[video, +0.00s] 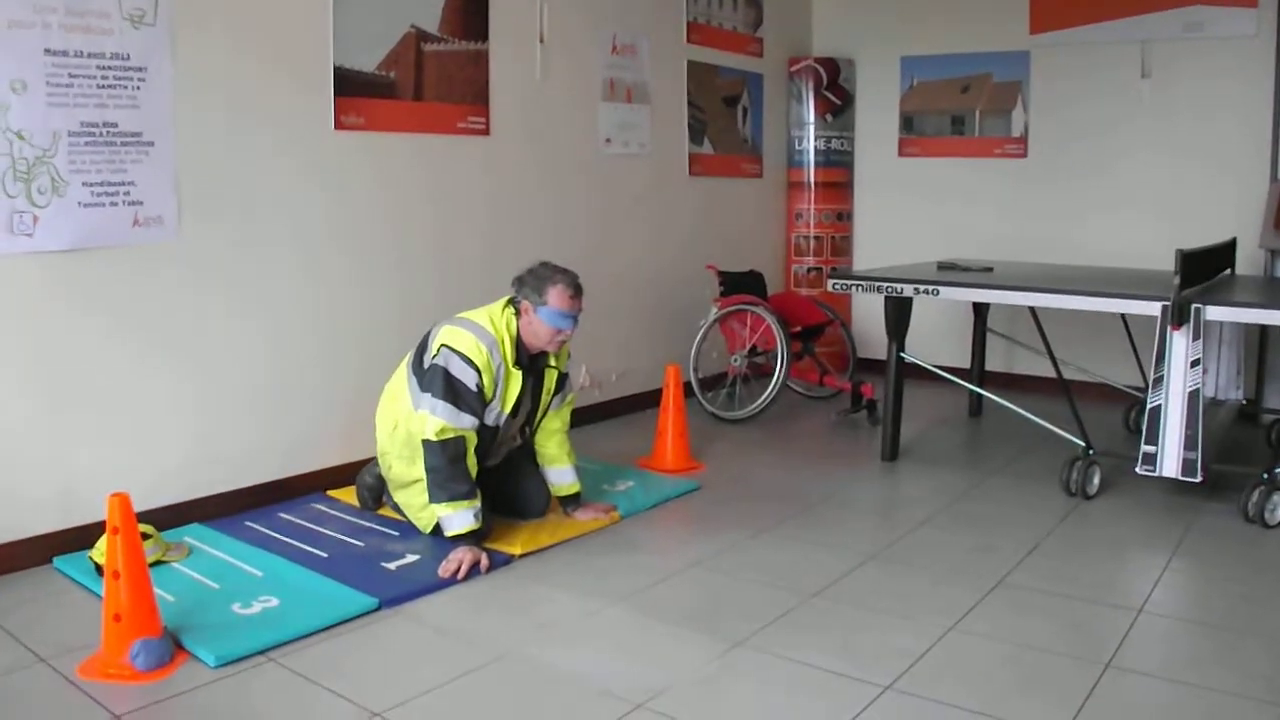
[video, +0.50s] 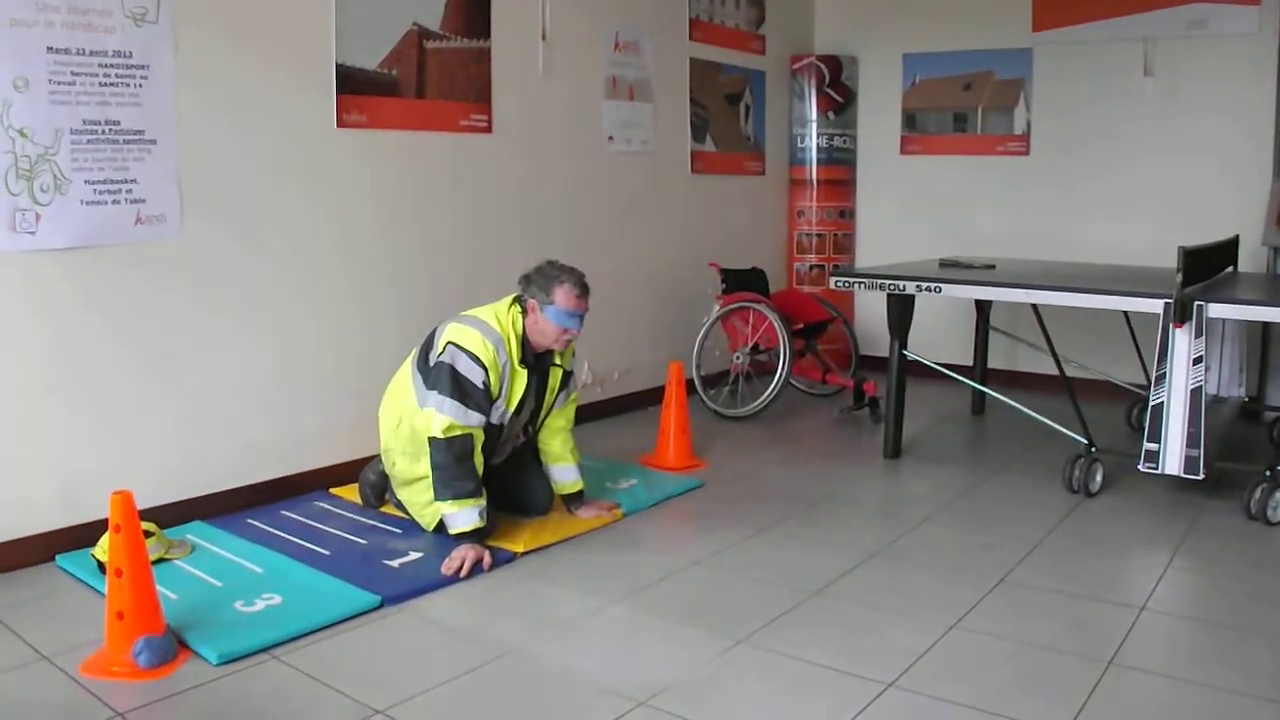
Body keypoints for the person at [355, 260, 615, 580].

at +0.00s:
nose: (568, 332)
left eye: (573, 321)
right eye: (559, 319)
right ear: (525, 311)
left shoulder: (554, 351)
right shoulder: (465, 348)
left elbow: (552, 427)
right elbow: (444, 443)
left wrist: (572, 502)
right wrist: (465, 540)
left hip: (489, 434)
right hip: (416, 440)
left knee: (532, 504)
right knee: (451, 527)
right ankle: (391, 479)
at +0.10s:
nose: (570, 332)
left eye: (575, 322)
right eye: (561, 320)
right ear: (527, 311)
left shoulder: (555, 352)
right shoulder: (467, 348)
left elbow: (553, 427)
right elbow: (445, 443)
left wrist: (573, 501)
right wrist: (466, 539)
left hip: (490, 433)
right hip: (417, 440)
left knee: (532, 504)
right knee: (453, 529)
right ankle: (390, 479)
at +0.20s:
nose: (572, 333)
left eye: (577, 322)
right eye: (563, 321)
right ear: (529, 311)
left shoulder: (556, 352)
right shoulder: (468, 348)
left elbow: (553, 427)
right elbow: (445, 443)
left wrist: (573, 500)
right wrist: (465, 539)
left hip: (491, 433)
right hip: (417, 440)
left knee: (533, 504)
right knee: (456, 529)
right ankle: (391, 479)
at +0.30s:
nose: (573, 333)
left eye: (578, 322)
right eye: (565, 321)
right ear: (530, 311)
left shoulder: (558, 351)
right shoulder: (470, 348)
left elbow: (554, 427)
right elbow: (447, 443)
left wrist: (574, 500)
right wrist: (466, 539)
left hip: (492, 432)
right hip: (418, 439)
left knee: (534, 503)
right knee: (460, 527)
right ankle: (392, 478)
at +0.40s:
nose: (574, 333)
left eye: (579, 323)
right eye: (566, 322)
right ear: (531, 311)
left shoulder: (559, 351)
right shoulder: (471, 347)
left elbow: (555, 426)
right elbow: (449, 443)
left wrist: (575, 500)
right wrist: (468, 539)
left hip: (492, 431)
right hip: (419, 439)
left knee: (535, 502)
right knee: (458, 527)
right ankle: (393, 477)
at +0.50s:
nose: (574, 331)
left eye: (580, 321)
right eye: (566, 320)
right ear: (532, 309)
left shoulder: (559, 349)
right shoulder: (471, 346)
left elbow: (556, 425)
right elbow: (451, 442)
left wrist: (576, 500)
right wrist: (469, 538)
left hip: (492, 429)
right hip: (419, 438)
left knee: (536, 502)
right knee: (454, 525)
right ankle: (393, 476)